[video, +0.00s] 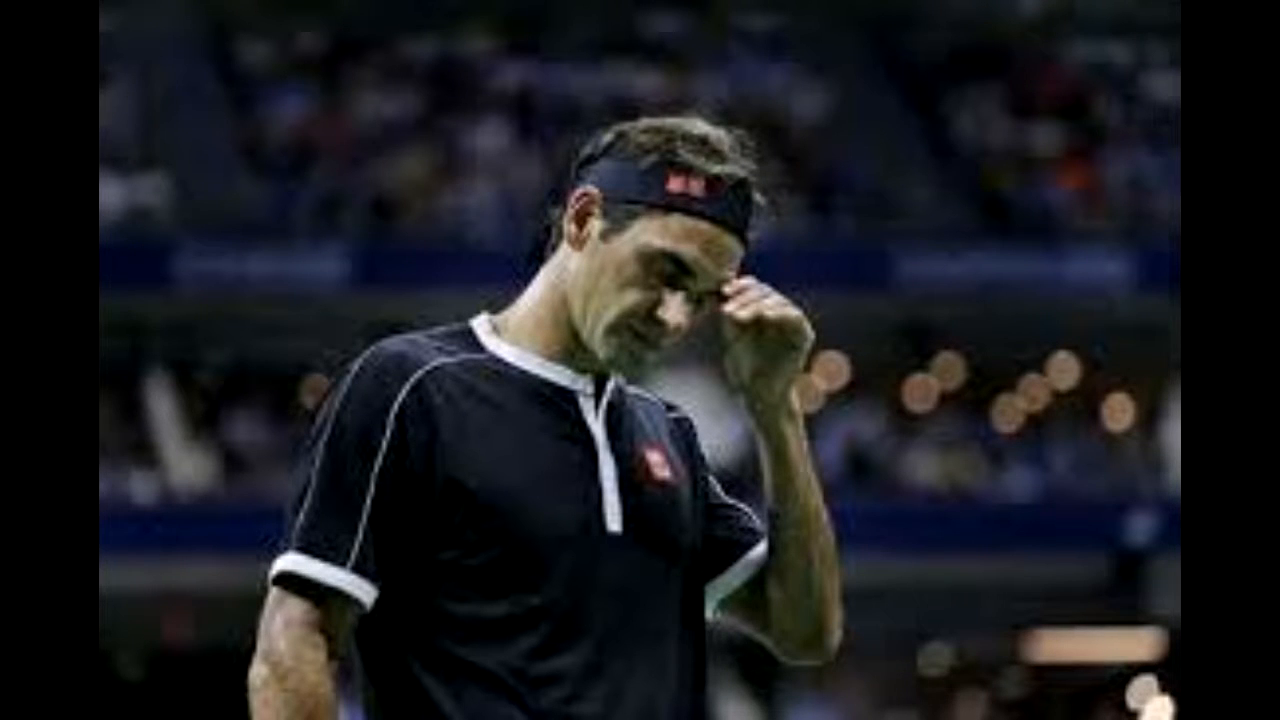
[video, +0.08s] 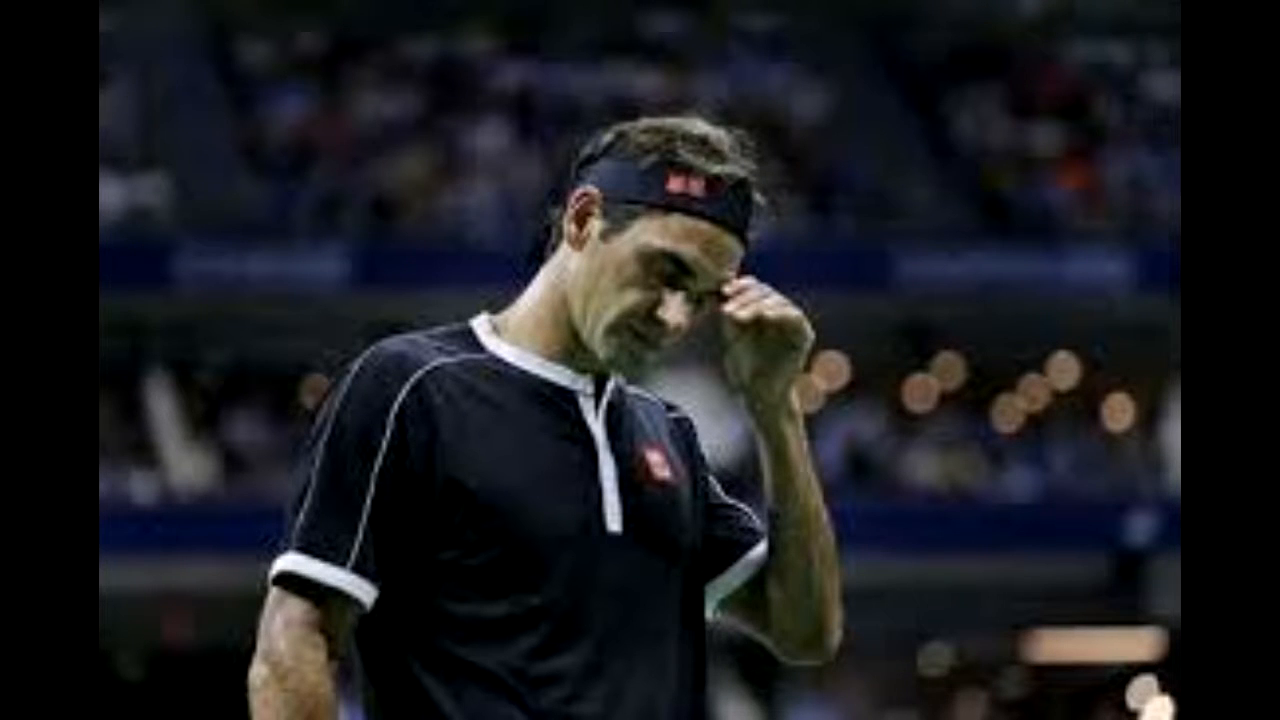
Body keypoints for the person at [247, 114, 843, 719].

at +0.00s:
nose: (675, 318)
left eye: (701, 299)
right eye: (665, 273)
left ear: (719, 301)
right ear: (584, 221)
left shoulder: (664, 435)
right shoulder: (404, 386)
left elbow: (805, 633)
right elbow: (292, 642)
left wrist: (776, 410)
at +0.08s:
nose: (675, 318)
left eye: (702, 299)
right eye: (665, 273)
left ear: (720, 301)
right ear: (584, 221)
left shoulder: (664, 435)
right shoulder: (404, 386)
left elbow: (805, 633)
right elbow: (292, 642)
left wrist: (776, 410)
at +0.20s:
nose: (676, 318)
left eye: (702, 299)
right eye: (665, 273)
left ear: (719, 301)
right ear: (584, 221)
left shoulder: (664, 435)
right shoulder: (404, 386)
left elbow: (805, 633)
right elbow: (292, 642)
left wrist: (776, 410)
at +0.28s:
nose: (675, 318)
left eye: (701, 299)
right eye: (664, 273)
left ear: (719, 301)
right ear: (584, 221)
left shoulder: (664, 435)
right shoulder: (404, 386)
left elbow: (805, 633)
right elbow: (292, 642)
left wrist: (776, 410)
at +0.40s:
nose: (675, 317)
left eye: (701, 299)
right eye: (664, 273)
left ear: (718, 301)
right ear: (584, 220)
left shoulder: (664, 435)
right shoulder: (403, 386)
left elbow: (805, 634)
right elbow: (292, 641)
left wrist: (776, 409)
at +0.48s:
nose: (676, 318)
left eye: (702, 298)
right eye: (665, 271)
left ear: (718, 302)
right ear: (583, 222)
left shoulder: (664, 435)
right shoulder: (404, 384)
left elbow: (806, 634)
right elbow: (296, 628)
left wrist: (777, 409)